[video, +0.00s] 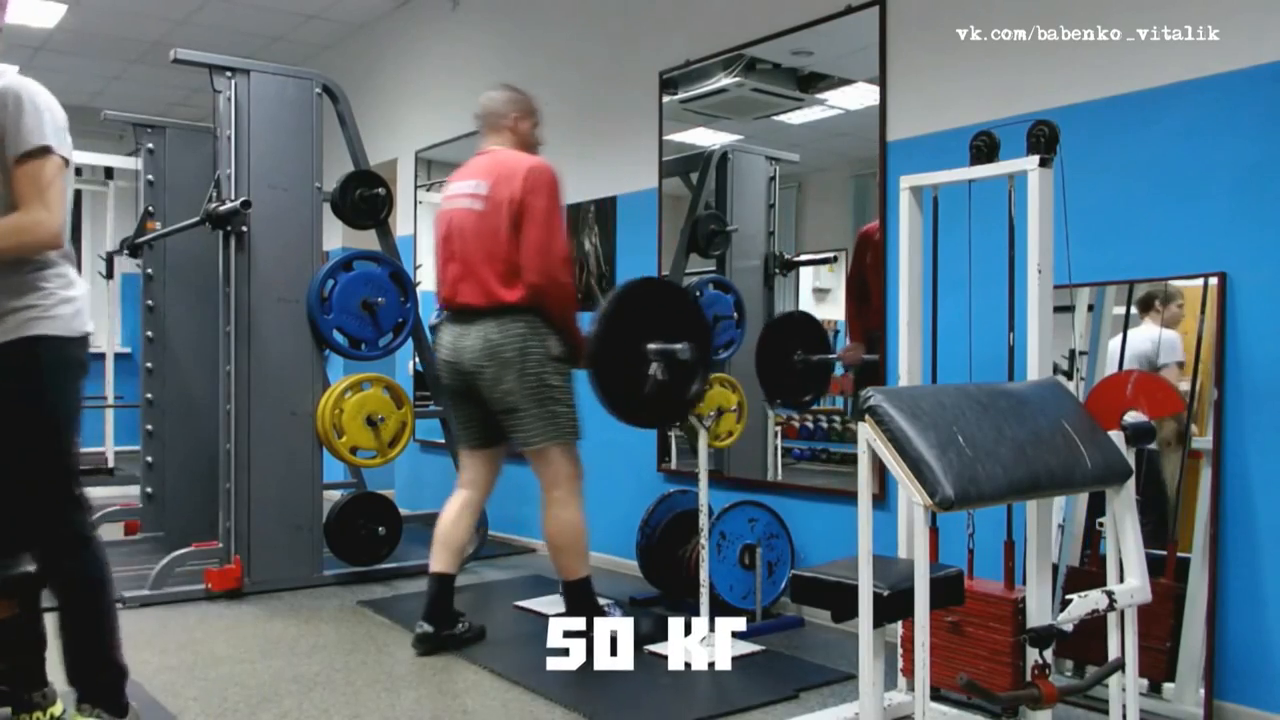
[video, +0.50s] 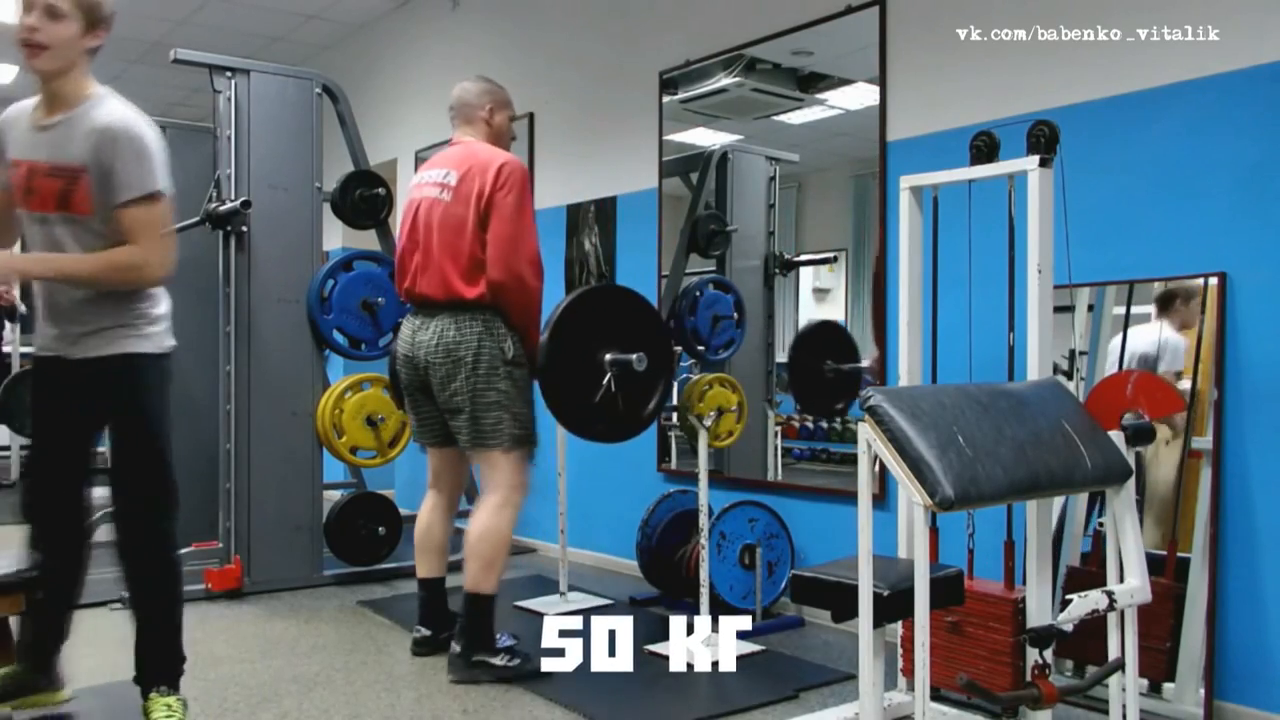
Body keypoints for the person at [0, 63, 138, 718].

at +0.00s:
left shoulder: (19, 94)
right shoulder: (21, 98)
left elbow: (44, 225)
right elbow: (41, 224)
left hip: (37, 328)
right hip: (10, 336)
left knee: (53, 516)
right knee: (6, 529)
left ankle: (103, 700)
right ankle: (24, 693)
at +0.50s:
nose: (30, 27)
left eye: (51, 15)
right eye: (26, 13)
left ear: (94, 34)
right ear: (19, 25)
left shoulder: (124, 130)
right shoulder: (13, 124)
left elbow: (156, 258)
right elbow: (10, 234)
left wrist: (28, 265)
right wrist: (8, 275)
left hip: (132, 350)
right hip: (56, 352)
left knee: (145, 520)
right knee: (52, 511)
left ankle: (161, 685)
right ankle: (38, 669)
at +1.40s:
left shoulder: (162, 66)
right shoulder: (5, 61)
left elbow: (235, 208)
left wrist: (124, 252)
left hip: (138, 353)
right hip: (14, 358)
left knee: (170, 543)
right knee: (15, 566)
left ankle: (176, 694)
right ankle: (28, 711)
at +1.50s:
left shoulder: (160, 41)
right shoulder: (4, 35)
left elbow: (231, 189)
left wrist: (136, 231)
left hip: (139, 333)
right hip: (13, 346)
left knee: (185, 571)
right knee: (17, 586)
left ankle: (169, 712)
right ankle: (31, 711)